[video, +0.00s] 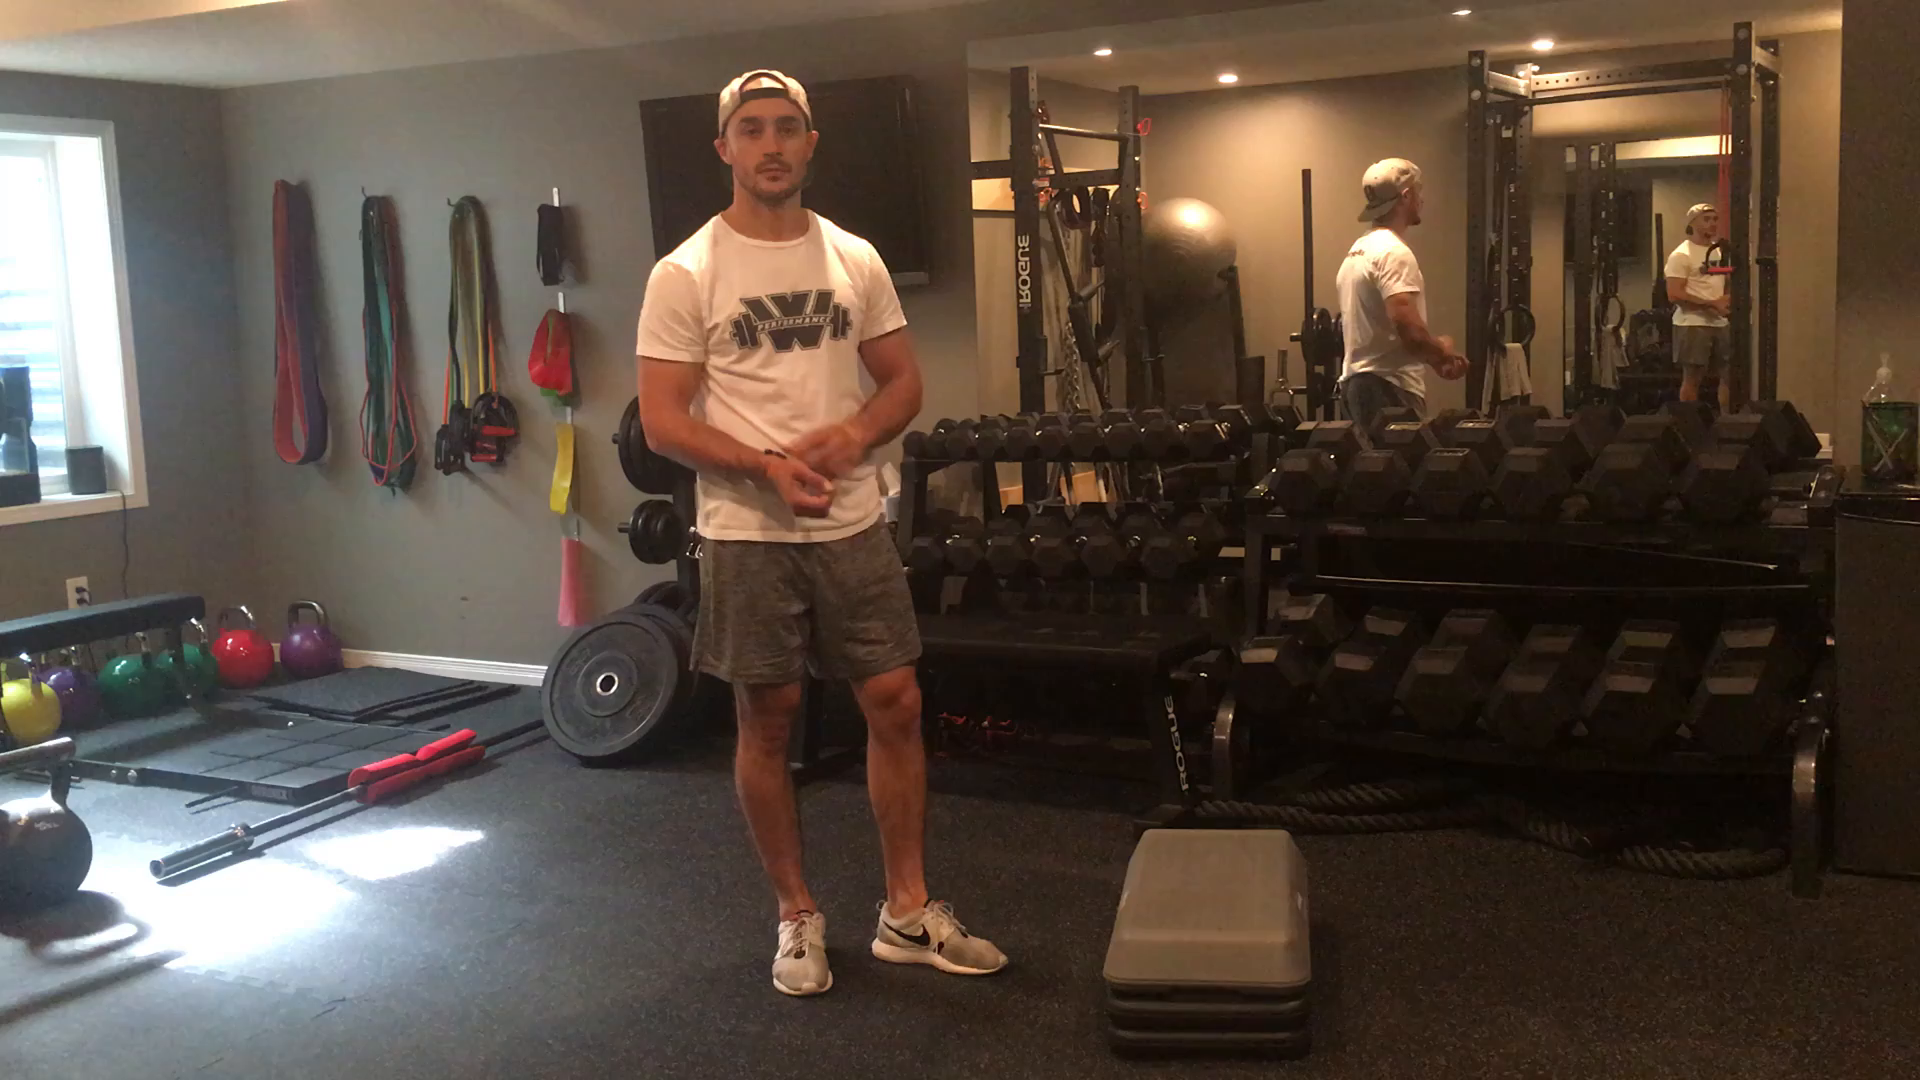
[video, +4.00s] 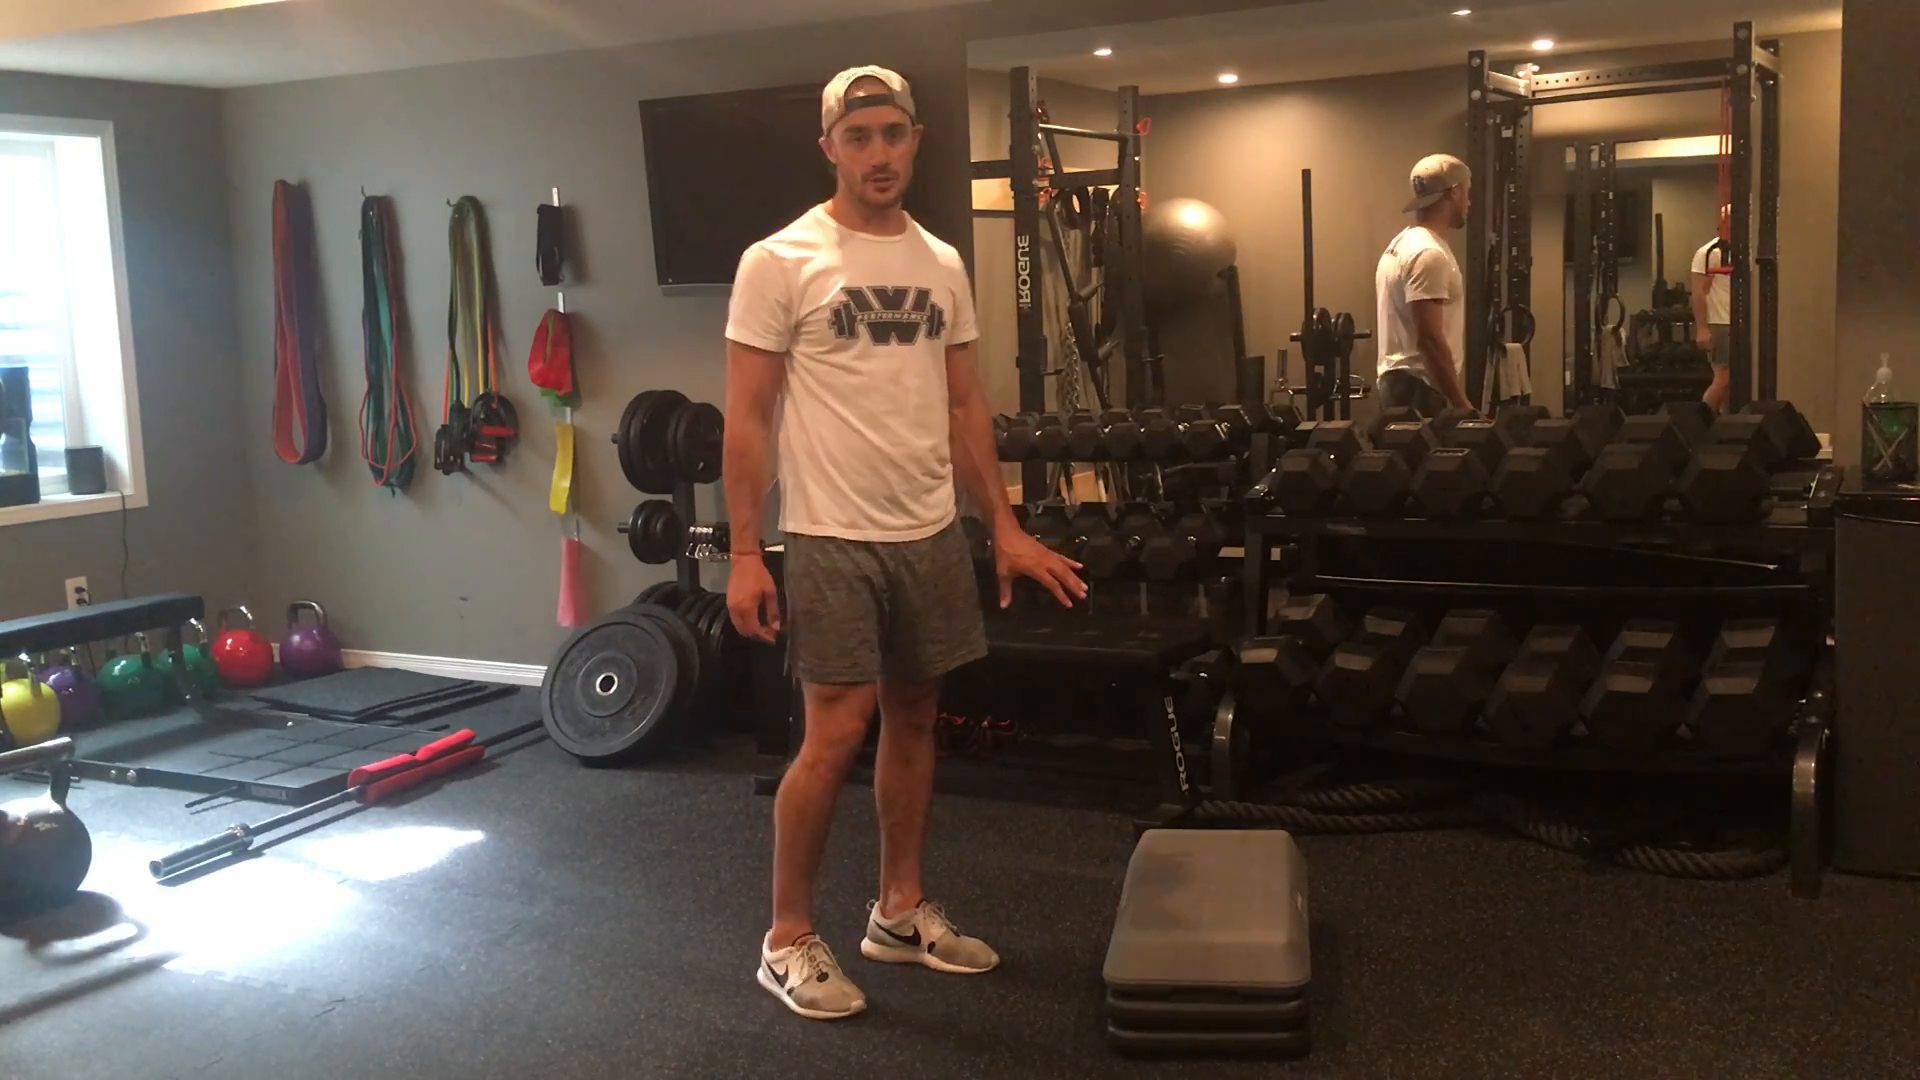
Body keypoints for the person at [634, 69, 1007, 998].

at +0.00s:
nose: (772, 145)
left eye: (787, 129)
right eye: (753, 131)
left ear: (811, 144)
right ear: (725, 148)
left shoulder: (854, 259)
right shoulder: (686, 274)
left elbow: (905, 385)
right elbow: (663, 422)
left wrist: (848, 437)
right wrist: (764, 463)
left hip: (855, 525)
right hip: (748, 534)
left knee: (896, 703)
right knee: (767, 716)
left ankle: (908, 909)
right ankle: (797, 916)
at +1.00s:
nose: (893, 146)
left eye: (910, 131)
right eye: (876, 130)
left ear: (931, 146)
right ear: (845, 141)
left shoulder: (957, 265)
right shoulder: (789, 257)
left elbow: (980, 407)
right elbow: (747, 401)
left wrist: (1017, 526)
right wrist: (754, 531)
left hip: (932, 534)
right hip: (823, 534)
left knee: (920, 717)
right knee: (827, 727)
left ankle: (901, 909)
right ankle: (822, 943)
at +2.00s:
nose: (930, 173)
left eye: (939, 156)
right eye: (913, 156)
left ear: (944, 154)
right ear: (861, 154)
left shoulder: (951, 271)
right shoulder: (790, 259)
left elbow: (971, 411)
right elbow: (758, 406)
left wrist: (1014, 526)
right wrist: (758, 539)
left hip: (936, 536)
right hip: (832, 537)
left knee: (919, 716)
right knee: (836, 723)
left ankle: (901, 909)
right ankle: (822, 942)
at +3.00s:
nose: (887, 144)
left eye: (902, 127)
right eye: (868, 129)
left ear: (929, 139)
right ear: (842, 145)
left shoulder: (974, 260)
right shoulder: (801, 265)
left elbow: (1000, 400)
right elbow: (774, 416)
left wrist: (1037, 523)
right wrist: (764, 549)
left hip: (948, 534)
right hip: (840, 536)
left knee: (923, 722)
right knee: (837, 729)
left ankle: (900, 909)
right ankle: (821, 941)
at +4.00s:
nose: (880, 152)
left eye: (894, 134)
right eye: (860, 136)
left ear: (916, 144)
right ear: (829, 148)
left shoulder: (941, 266)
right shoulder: (779, 263)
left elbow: (966, 406)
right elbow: (748, 416)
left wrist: (1006, 529)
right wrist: (744, 551)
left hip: (930, 533)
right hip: (829, 538)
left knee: (914, 721)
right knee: (836, 733)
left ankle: (899, 911)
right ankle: (787, 938)